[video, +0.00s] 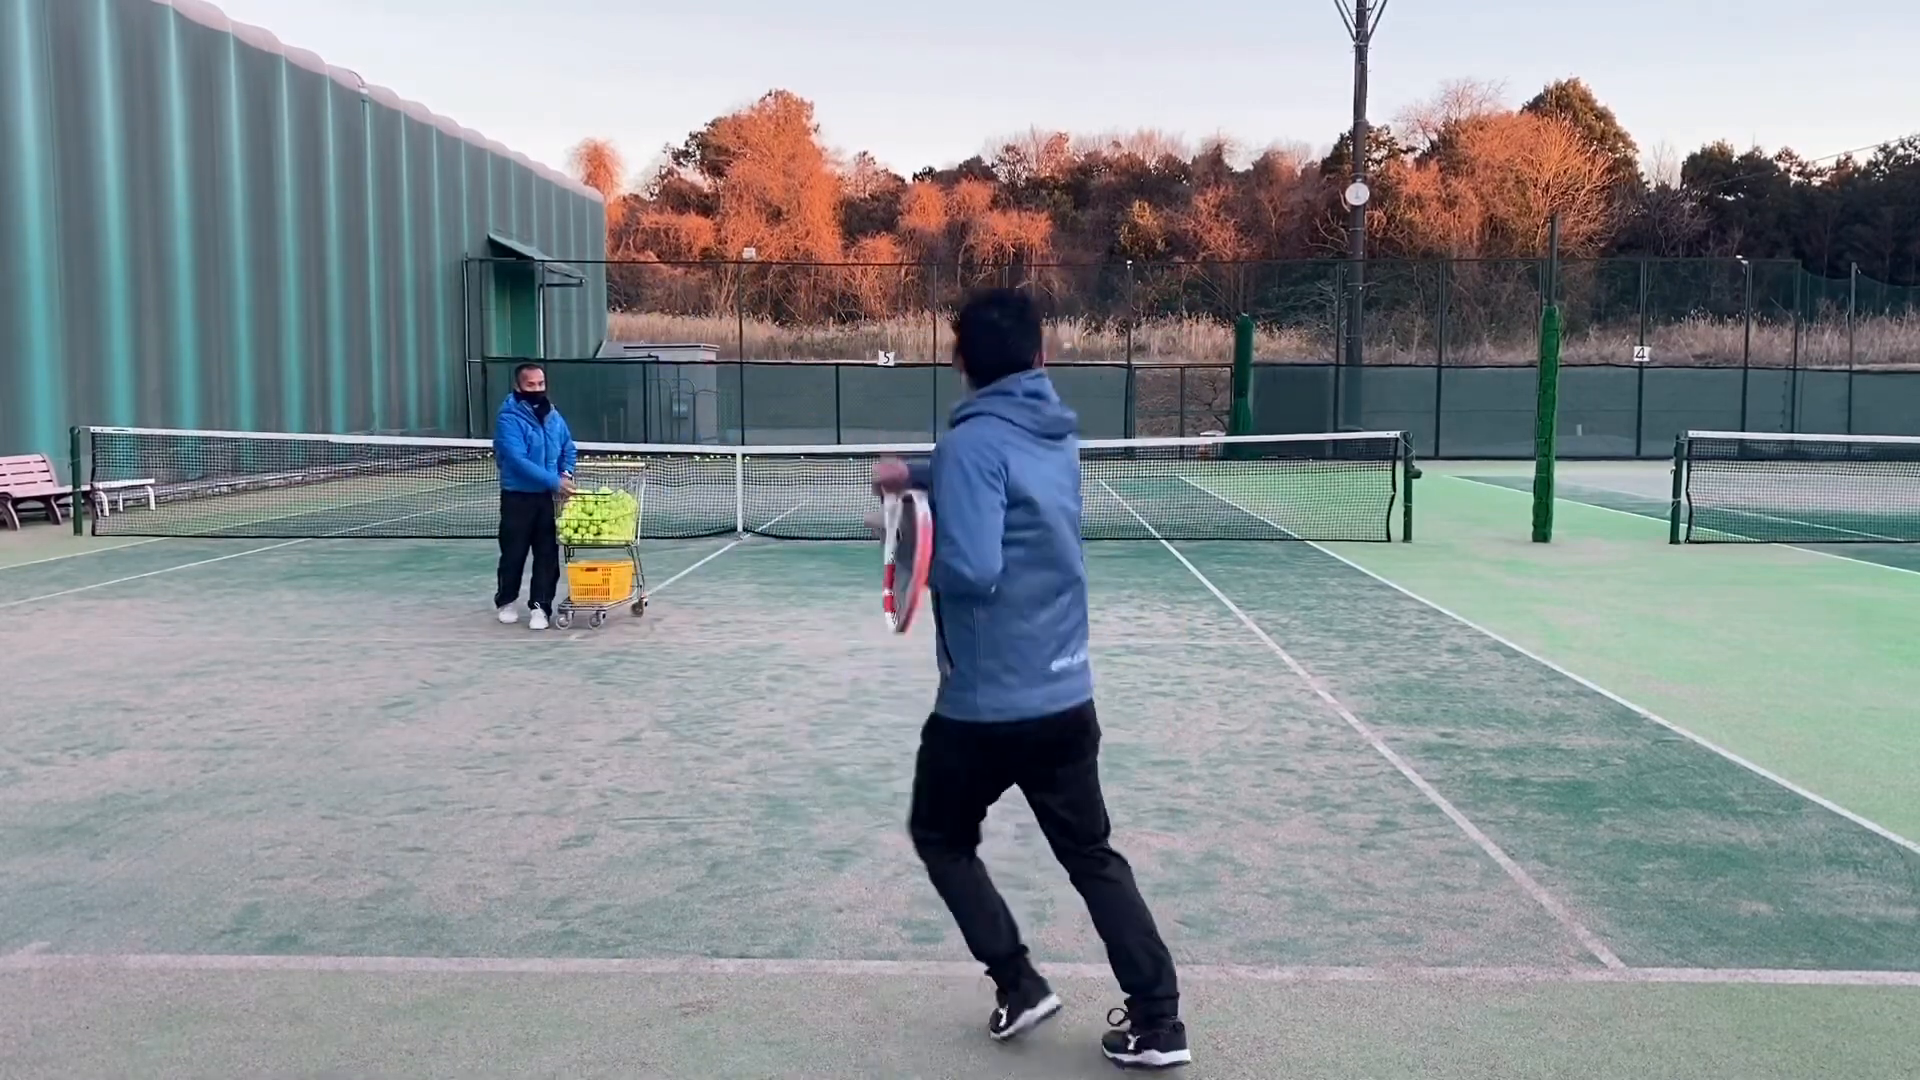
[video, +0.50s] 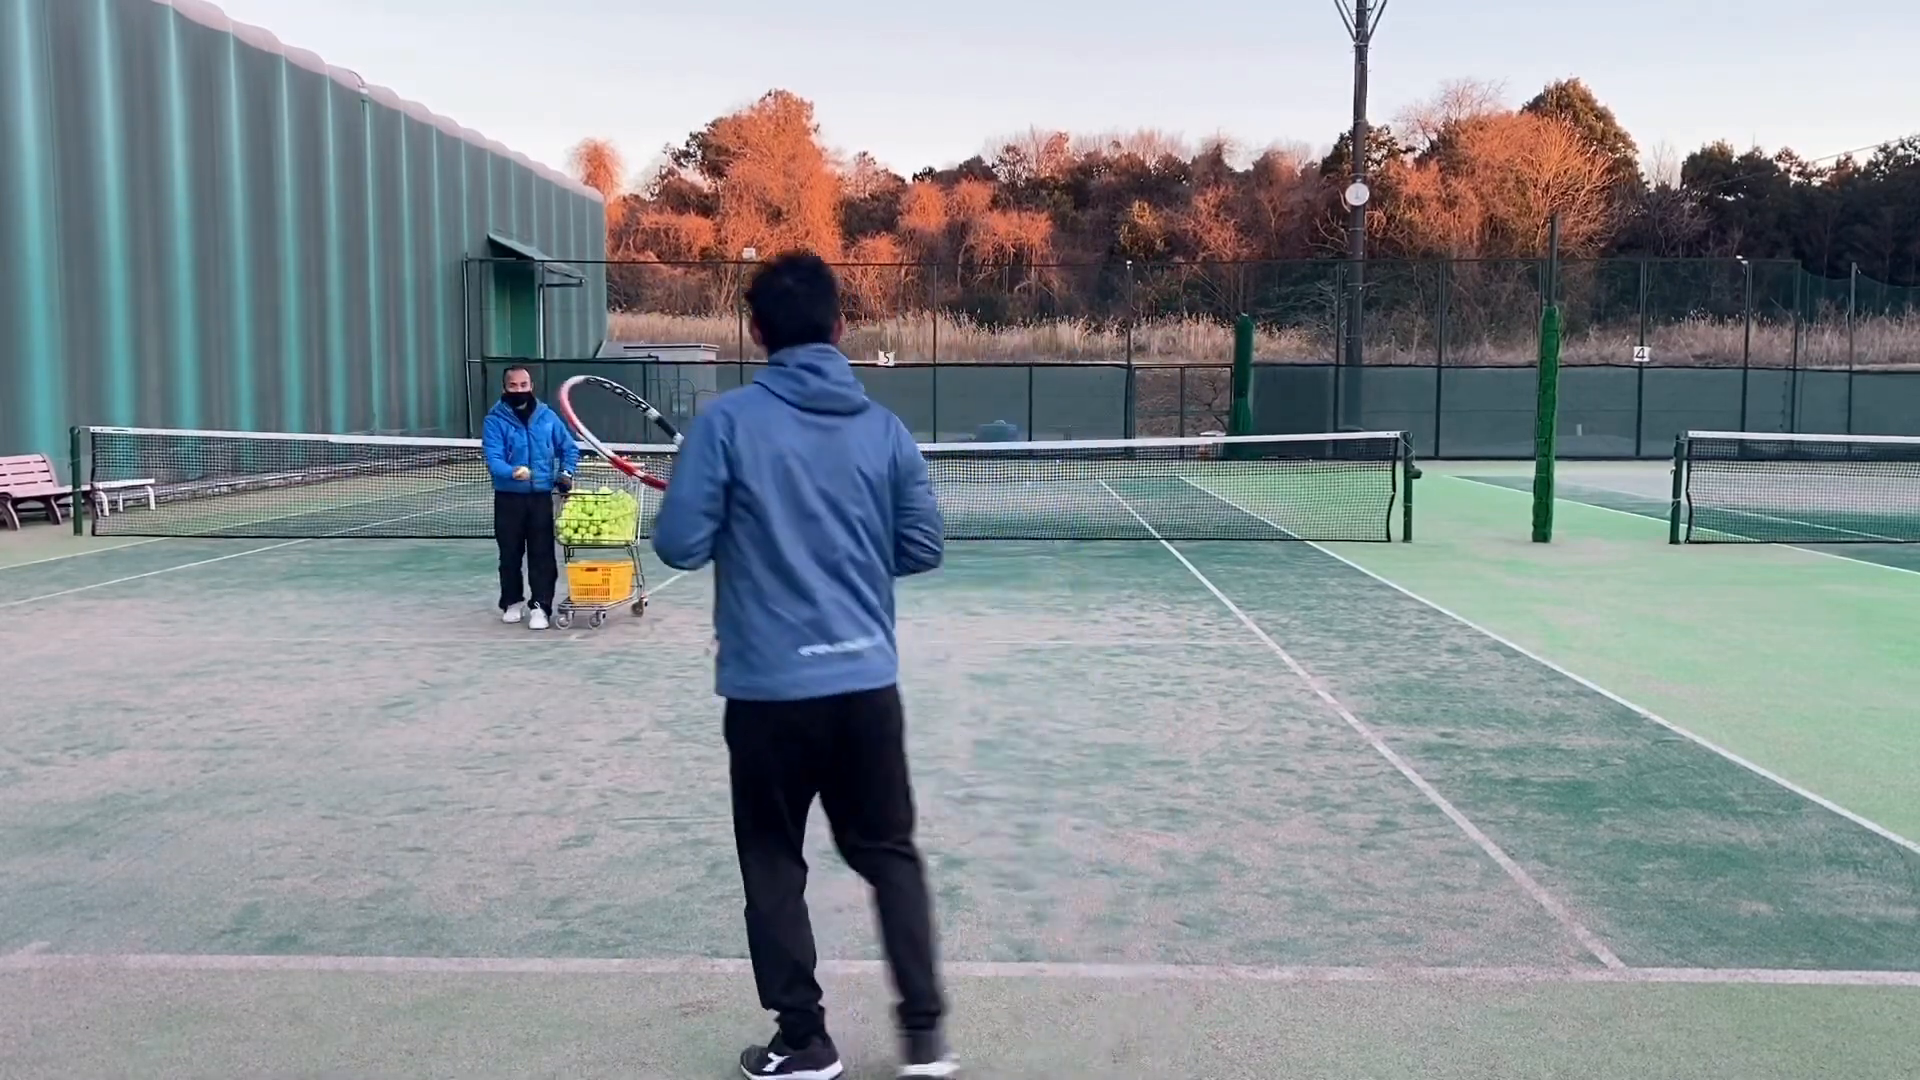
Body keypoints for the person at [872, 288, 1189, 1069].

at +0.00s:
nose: (952, 362)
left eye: (954, 352)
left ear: (962, 360)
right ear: (1041, 354)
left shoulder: (970, 445)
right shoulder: (1056, 433)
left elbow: (974, 569)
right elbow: (995, 475)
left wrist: (914, 520)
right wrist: (916, 472)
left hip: (985, 710)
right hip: (1064, 700)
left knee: (941, 836)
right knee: (1092, 854)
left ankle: (1018, 983)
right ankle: (1158, 1021)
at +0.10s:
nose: (926, 395)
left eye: (928, 385)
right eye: (930, 383)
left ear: (936, 397)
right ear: (1011, 391)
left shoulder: (953, 479)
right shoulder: (1038, 469)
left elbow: (956, 605)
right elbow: (1034, 578)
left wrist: (895, 592)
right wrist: (930, 569)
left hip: (997, 732)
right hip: (1063, 720)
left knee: (887, 819)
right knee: (1081, 875)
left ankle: (971, 965)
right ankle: (1158, 1035)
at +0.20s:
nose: (888, 400)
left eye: (891, 391)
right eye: (890, 389)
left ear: (901, 402)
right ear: (975, 395)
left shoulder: (910, 489)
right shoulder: (1010, 481)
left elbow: (909, 613)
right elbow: (1036, 595)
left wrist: (859, 597)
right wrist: (904, 583)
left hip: (959, 738)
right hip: (1035, 728)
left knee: (842, 821)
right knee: (1065, 875)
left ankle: (881, 992)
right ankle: (1157, 1032)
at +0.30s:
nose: (843, 394)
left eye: (844, 383)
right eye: (930, 377)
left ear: (850, 389)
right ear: (927, 384)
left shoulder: (845, 477)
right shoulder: (967, 470)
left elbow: (826, 604)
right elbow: (1013, 584)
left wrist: (811, 556)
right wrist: (925, 591)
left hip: (886, 735)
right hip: (980, 722)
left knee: (799, 864)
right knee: (1036, 864)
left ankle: (810, 1044)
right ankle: (1142, 1016)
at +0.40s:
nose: (791, 368)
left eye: (792, 359)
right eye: (883, 355)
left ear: (801, 366)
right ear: (879, 362)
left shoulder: (777, 457)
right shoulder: (923, 459)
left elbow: (739, 581)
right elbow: (966, 572)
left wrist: (747, 530)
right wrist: (883, 572)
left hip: (818, 728)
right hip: (916, 717)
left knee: (772, 869)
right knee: (971, 858)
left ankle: (809, 1045)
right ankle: (1077, 1013)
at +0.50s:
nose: (750, 331)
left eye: (752, 320)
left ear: (758, 328)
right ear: (835, 323)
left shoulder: (727, 420)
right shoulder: (883, 425)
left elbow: (681, 542)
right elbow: (921, 547)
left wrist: (717, 504)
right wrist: (842, 549)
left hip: (766, 692)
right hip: (866, 685)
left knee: (772, 860)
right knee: (888, 847)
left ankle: (802, 1039)